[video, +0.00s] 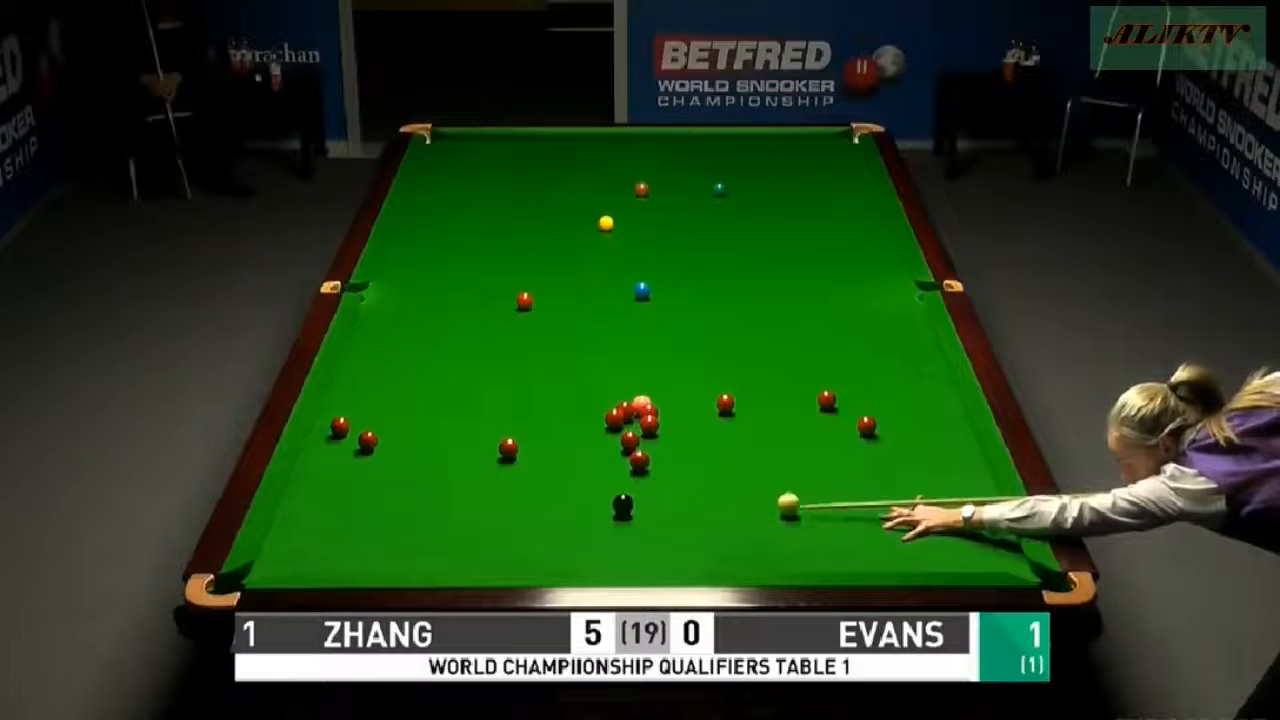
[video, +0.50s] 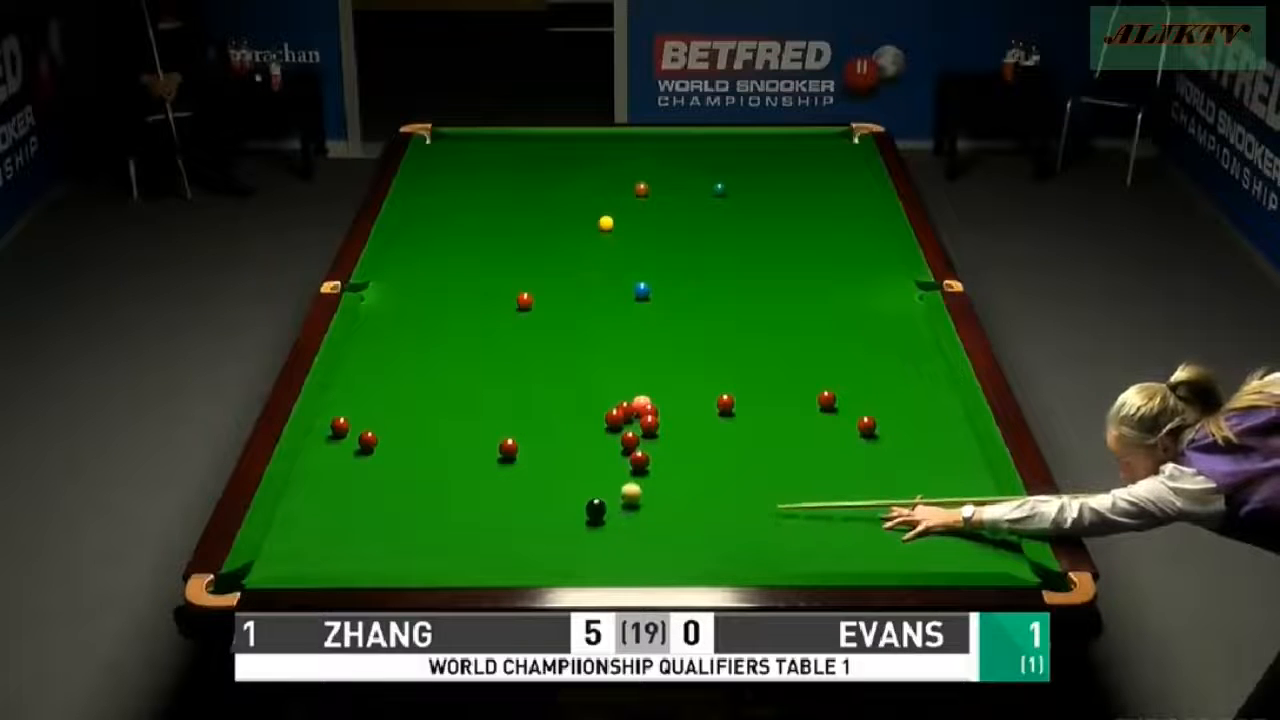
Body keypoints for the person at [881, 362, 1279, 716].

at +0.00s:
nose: (1124, 477)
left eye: (1126, 463)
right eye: (1120, 463)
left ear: (1163, 448)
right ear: (1179, 429)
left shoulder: (1189, 482)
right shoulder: (1256, 399)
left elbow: (1075, 513)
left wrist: (961, 516)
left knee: (1255, 710)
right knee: (1256, 705)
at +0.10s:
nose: (1123, 476)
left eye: (1126, 463)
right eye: (1120, 463)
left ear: (1163, 448)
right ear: (1181, 428)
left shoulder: (1189, 483)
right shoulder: (1256, 398)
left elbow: (1074, 513)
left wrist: (960, 516)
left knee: (1255, 710)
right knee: (1255, 705)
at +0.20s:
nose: (1123, 476)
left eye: (1126, 463)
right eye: (1119, 463)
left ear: (1162, 448)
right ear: (1181, 427)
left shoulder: (1189, 482)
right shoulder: (1256, 398)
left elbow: (1074, 513)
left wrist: (960, 516)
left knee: (1255, 709)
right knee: (1256, 705)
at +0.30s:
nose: (1122, 475)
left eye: (1125, 462)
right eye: (1119, 462)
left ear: (1162, 448)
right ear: (1180, 428)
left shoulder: (1188, 483)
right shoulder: (1255, 399)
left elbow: (1074, 513)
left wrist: (960, 516)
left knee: (1255, 709)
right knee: (1256, 705)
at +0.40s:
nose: (1122, 475)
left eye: (1125, 462)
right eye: (1118, 462)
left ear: (1162, 448)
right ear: (1180, 428)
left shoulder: (1187, 483)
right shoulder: (1255, 399)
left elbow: (1074, 513)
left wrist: (960, 516)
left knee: (1255, 709)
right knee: (1256, 705)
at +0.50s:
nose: (1122, 475)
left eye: (1125, 462)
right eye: (1118, 462)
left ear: (1162, 448)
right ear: (1180, 427)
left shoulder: (1188, 483)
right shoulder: (1256, 398)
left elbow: (1074, 513)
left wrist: (960, 516)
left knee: (1255, 709)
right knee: (1256, 705)